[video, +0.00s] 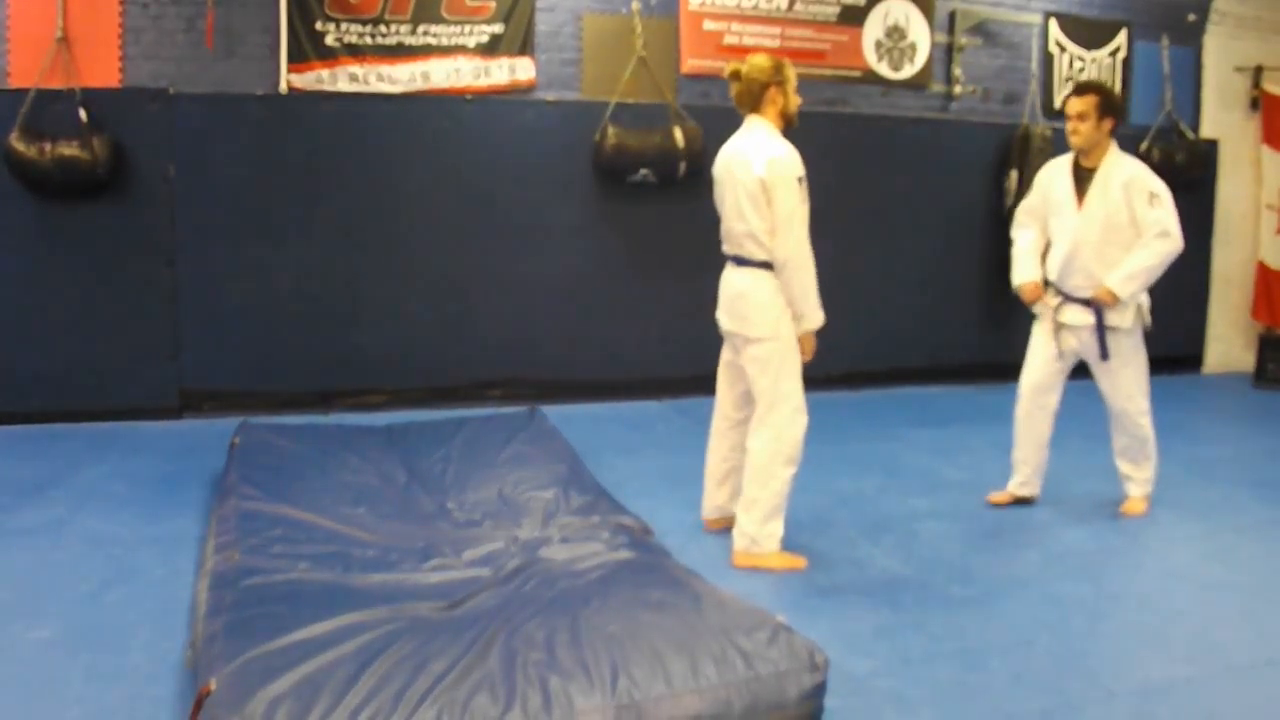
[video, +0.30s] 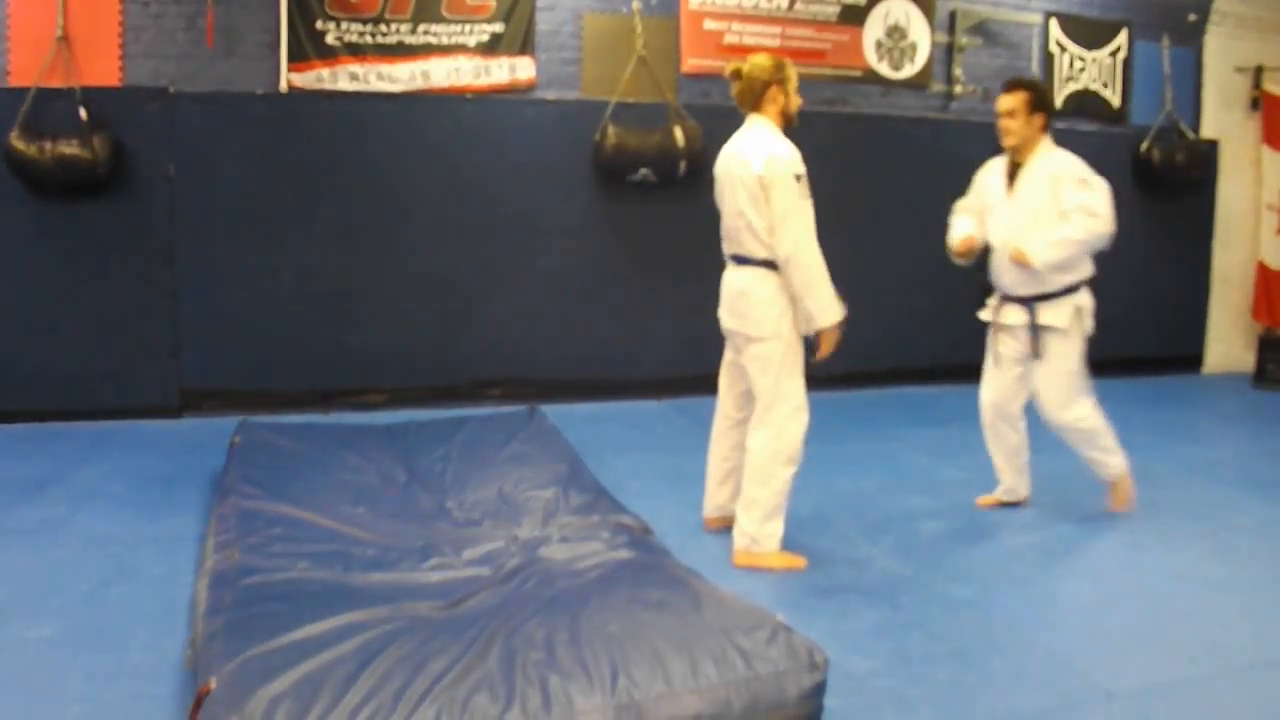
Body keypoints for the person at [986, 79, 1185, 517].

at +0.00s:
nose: (1071, 126)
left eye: (1081, 119)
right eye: (1068, 118)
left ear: (1108, 123)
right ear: (1064, 121)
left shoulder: (1137, 178)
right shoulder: (1052, 174)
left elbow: (1167, 238)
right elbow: (1027, 225)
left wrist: (1119, 286)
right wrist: (1026, 275)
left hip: (1114, 313)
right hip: (1055, 309)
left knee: (1128, 405)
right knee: (1032, 394)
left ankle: (1138, 488)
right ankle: (1023, 484)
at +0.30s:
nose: (1001, 124)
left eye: (1010, 116)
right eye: (998, 116)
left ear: (1039, 120)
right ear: (998, 121)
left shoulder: (1068, 169)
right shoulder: (991, 172)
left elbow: (1097, 226)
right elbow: (967, 212)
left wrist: (1040, 252)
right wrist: (963, 238)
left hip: (1061, 307)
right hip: (1008, 307)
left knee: (1060, 401)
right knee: (997, 401)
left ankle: (1116, 471)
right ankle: (1012, 487)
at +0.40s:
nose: (975, 123)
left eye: (984, 114)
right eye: (972, 114)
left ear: (1012, 118)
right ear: (972, 119)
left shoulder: (1042, 170)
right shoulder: (968, 168)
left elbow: (1042, 227)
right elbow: (941, 202)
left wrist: (983, 238)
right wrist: (930, 221)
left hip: (1036, 300)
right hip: (986, 301)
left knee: (1008, 395)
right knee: (984, 399)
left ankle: (1054, 477)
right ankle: (1011, 483)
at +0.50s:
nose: (951, 120)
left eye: (960, 112)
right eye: (948, 112)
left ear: (988, 116)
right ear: (949, 115)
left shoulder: (1008, 166)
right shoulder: (945, 162)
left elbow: (966, 218)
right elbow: (905, 200)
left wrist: (912, 212)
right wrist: (848, 196)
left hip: (1009, 300)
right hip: (971, 299)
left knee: (964, 394)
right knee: (989, 394)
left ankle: (956, 512)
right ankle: (1012, 482)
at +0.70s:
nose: (910, 121)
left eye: (919, 113)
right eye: (909, 113)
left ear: (949, 117)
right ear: (915, 115)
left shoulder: (963, 166)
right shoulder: (915, 159)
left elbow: (899, 204)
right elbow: (867, 192)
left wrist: (842, 209)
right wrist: (827, 200)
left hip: (953, 307)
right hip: (921, 305)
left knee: (901, 409)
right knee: (928, 400)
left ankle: (881, 527)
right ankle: (996, 465)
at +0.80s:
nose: (880, 114)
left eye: (889, 107)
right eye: (879, 106)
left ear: (919, 110)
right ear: (886, 108)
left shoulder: (938, 160)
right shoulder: (883, 156)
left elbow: (883, 219)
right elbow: (848, 206)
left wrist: (827, 226)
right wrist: (818, 229)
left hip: (929, 302)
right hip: (896, 300)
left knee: (885, 411)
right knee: (880, 401)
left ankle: (879, 529)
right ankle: (950, 461)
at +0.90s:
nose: (858, 107)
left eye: (866, 98)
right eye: (856, 98)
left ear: (897, 100)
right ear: (862, 100)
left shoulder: (919, 152)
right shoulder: (859, 146)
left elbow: (866, 216)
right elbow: (823, 201)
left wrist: (815, 195)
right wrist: (796, 216)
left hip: (909, 297)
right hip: (868, 294)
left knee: (887, 410)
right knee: (840, 396)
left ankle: (883, 525)